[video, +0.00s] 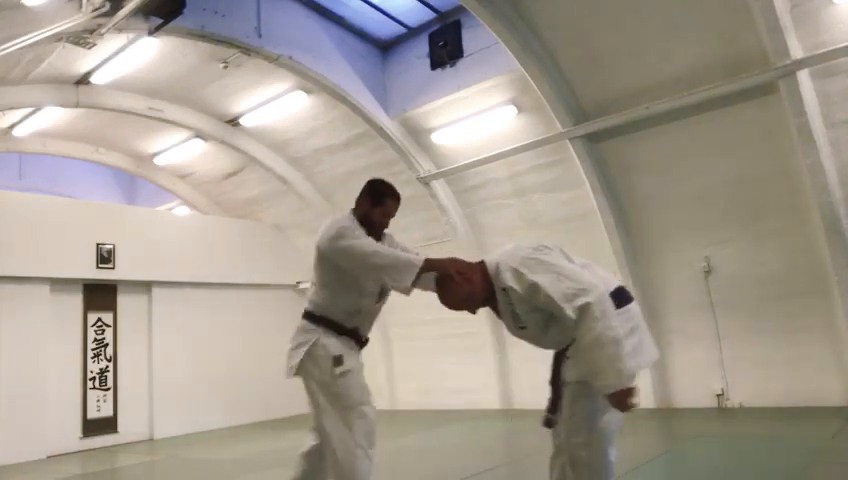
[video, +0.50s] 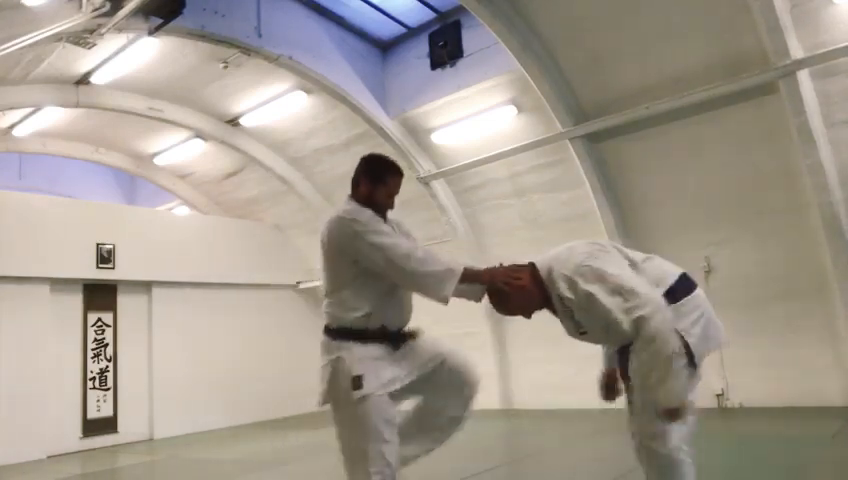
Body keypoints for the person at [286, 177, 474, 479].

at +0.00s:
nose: (388, 223)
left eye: (391, 216)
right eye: (386, 214)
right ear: (365, 205)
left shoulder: (381, 242)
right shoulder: (340, 235)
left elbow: (413, 270)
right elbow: (384, 261)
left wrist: (459, 283)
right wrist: (442, 265)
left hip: (344, 346)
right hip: (323, 343)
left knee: (334, 435)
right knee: (359, 420)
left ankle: (308, 474)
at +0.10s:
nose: (382, 241)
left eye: (385, 234)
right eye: (378, 233)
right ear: (355, 225)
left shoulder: (370, 264)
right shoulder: (337, 256)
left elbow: (409, 285)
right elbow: (377, 276)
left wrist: (460, 285)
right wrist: (445, 267)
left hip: (333, 373)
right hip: (319, 372)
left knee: (289, 461)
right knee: (347, 465)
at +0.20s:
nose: (387, 252)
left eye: (390, 245)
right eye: (383, 244)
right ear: (360, 236)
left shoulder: (378, 275)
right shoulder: (338, 273)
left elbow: (423, 296)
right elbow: (389, 291)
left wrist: (477, 292)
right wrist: (459, 272)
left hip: (334, 388)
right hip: (313, 385)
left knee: (284, 467)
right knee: (343, 473)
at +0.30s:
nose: (395, 234)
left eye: (397, 227)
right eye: (391, 225)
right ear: (368, 220)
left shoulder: (391, 258)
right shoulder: (345, 256)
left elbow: (431, 285)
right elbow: (394, 293)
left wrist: (484, 296)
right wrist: (466, 283)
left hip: (351, 378)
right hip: (322, 373)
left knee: (328, 461)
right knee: (356, 468)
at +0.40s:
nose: (396, 212)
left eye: (397, 205)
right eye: (392, 205)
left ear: (378, 202)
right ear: (367, 200)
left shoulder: (392, 240)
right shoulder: (348, 239)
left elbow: (429, 272)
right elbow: (402, 282)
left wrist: (483, 289)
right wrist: (470, 287)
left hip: (374, 364)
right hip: (338, 363)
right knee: (366, 462)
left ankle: (313, 474)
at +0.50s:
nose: (394, 200)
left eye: (396, 192)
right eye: (390, 191)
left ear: (368, 187)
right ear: (364, 185)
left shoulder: (388, 228)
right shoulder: (349, 223)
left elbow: (423, 272)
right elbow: (410, 265)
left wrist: (485, 286)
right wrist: (481, 275)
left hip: (396, 346)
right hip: (354, 351)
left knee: (457, 381)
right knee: (376, 460)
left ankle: (390, 454)